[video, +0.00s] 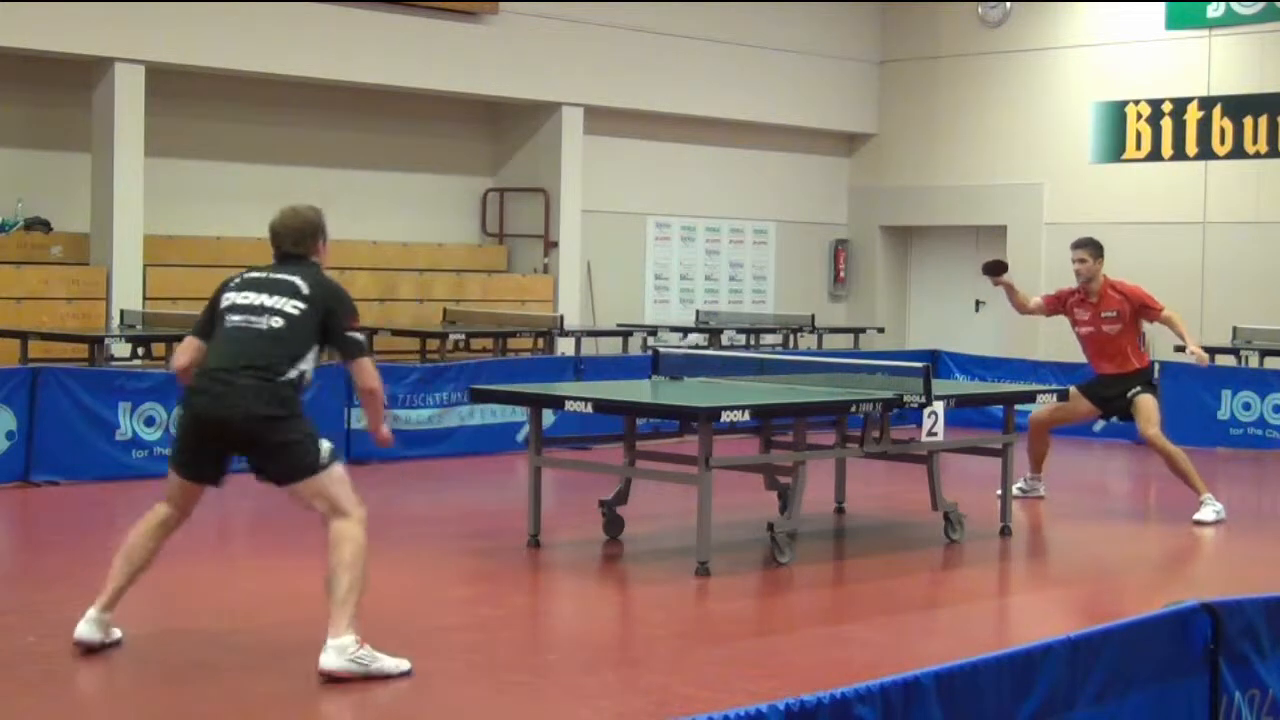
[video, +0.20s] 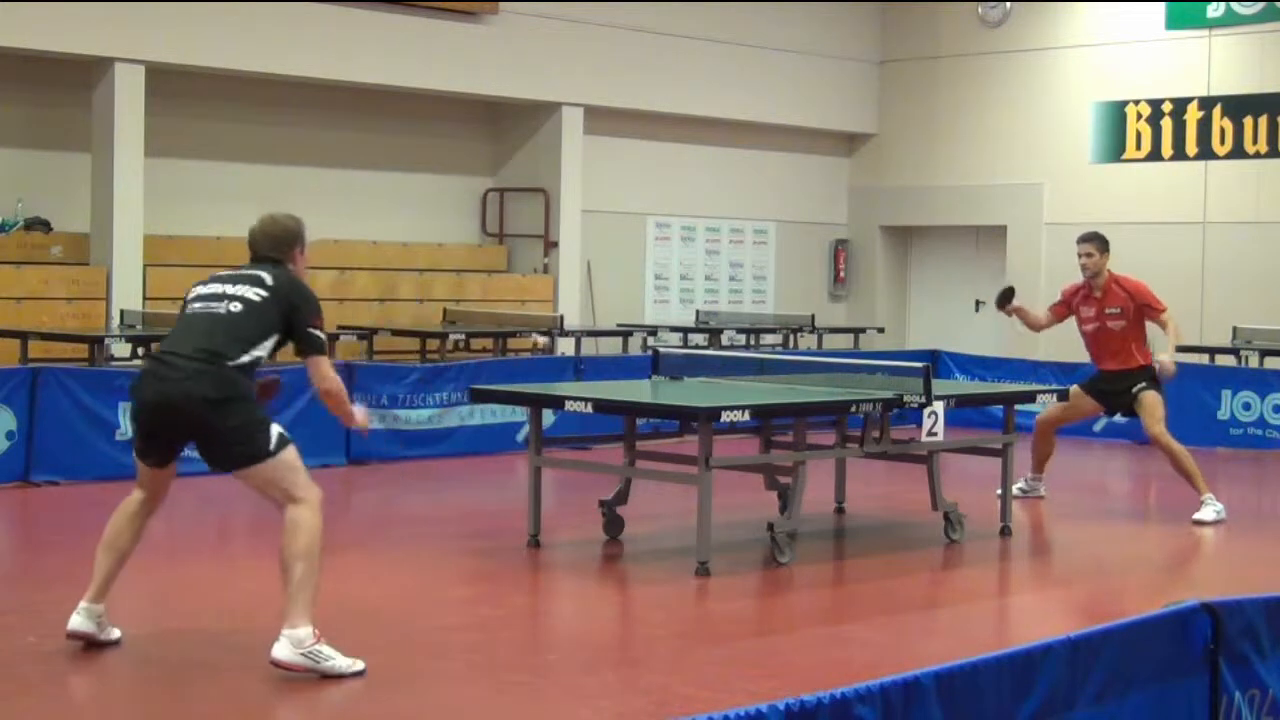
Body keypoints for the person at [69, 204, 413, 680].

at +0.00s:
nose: (329, 252)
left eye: (324, 244)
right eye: (328, 245)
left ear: (274, 248)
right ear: (320, 248)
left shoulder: (237, 283)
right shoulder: (328, 292)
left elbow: (183, 360)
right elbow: (369, 384)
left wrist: (216, 397)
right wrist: (377, 426)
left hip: (205, 402)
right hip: (268, 407)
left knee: (170, 507)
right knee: (346, 514)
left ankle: (96, 616)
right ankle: (342, 643)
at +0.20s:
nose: (307, 263)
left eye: (305, 255)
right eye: (306, 255)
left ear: (254, 254)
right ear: (296, 256)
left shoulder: (216, 281)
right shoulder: (295, 292)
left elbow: (190, 349)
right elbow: (325, 383)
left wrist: (243, 388)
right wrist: (351, 416)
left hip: (154, 387)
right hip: (216, 393)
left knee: (146, 493)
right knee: (303, 498)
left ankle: (89, 609)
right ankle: (299, 635)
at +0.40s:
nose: (276, 229)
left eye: (276, 218)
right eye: (273, 218)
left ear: (224, 215)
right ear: (254, 216)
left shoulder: (187, 251)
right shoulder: (238, 244)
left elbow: (234, 339)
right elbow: (312, 298)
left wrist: (283, 359)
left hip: (128, 374)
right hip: (188, 373)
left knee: (134, 492)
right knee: (253, 489)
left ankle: (86, 613)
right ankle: (289, 622)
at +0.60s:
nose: (248, 169)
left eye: (246, 160)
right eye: (244, 160)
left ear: (195, 167)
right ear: (226, 165)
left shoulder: (162, 212)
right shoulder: (232, 203)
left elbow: (165, 281)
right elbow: (320, 243)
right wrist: (384, 238)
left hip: (138, 349)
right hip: (192, 352)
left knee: (133, 475)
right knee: (225, 480)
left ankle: (78, 592)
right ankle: (202, 626)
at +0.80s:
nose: (238, 198)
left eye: (234, 190)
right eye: (233, 191)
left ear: (185, 202)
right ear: (218, 199)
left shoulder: (152, 249)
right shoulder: (223, 255)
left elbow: (125, 310)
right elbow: (288, 318)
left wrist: (187, 316)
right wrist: (355, 348)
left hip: (129, 394)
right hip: (189, 398)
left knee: (126, 496)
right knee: (217, 515)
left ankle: (70, 612)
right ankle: (192, 653)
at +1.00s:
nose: (234, 186)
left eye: (232, 177)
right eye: (231, 178)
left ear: (182, 187)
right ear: (216, 185)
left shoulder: (142, 223)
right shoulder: (218, 233)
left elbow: (98, 302)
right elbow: (254, 321)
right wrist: (295, 375)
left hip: (91, 354)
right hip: (143, 364)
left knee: (106, 455)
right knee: (226, 469)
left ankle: (60, 571)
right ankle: (193, 608)